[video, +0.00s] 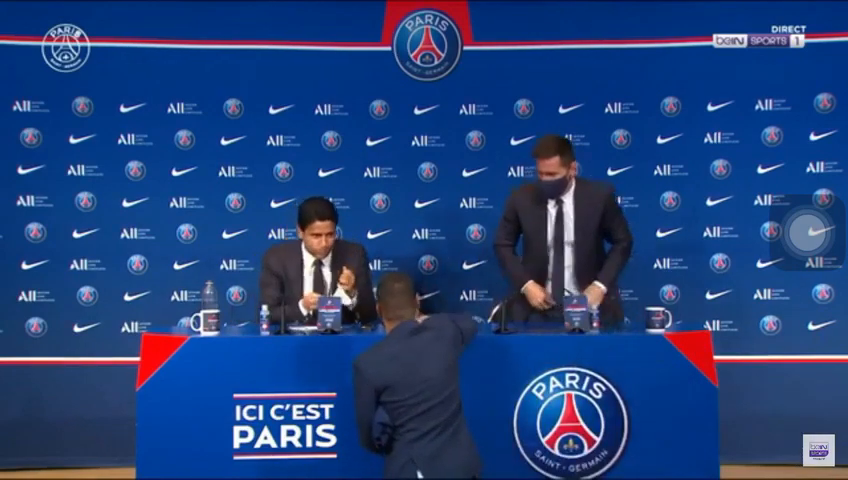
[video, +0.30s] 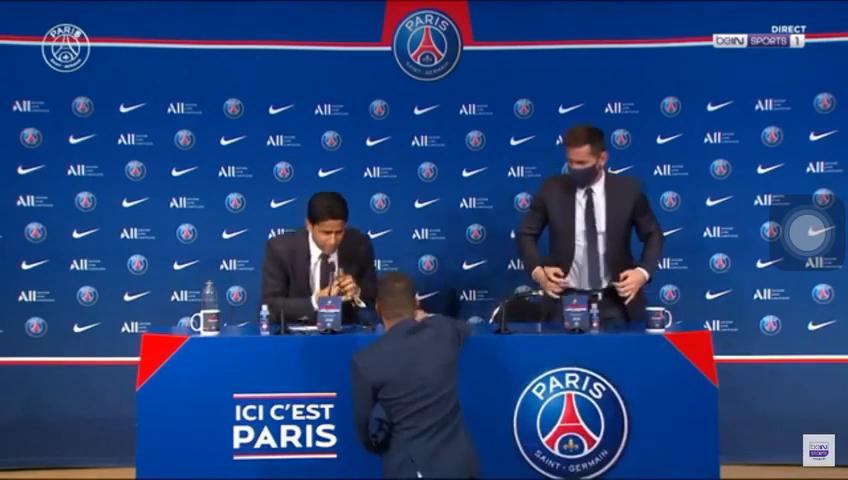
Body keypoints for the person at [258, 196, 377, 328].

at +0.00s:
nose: (324, 243)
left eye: (329, 235)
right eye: (316, 236)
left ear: (336, 231)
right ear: (300, 232)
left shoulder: (353, 254)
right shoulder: (277, 257)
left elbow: (369, 316)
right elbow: (269, 314)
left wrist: (351, 294)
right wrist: (302, 308)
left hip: (343, 344)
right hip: (295, 345)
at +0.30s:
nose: (333, 241)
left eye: (338, 232)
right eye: (326, 233)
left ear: (345, 226)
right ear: (309, 226)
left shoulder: (359, 244)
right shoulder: (280, 249)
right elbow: (271, 307)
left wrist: (357, 294)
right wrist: (316, 302)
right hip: (297, 340)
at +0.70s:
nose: (339, 214)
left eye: (345, 207)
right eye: (332, 206)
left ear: (352, 199)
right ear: (316, 197)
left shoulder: (363, 214)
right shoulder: (283, 216)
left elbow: (370, 252)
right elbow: (265, 265)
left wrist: (366, 274)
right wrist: (305, 290)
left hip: (342, 314)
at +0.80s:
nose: (339, 211)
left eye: (345, 203)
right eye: (333, 203)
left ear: (352, 196)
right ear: (316, 194)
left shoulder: (361, 209)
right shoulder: (283, 212)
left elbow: (368, 251)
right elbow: (265, 262)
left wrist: (362, 282)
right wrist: (301, 289)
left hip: (339, 310)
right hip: (291, 312)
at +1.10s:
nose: (339, 204)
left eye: (345, 196)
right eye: (332, 197)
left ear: (351, 188)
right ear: (315, 186)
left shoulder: (360, 204)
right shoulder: (280, 203)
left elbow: (359, 255)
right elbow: (262, 255)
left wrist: (347, 297)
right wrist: (291, 289)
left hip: (331, 292)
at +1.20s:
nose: (338, 201)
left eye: (344, 194)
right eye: (332, 194)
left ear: (350, 186)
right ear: (314, 183)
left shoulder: (357, 203)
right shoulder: (277, 202)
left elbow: (358, 255)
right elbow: (260, 254)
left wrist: (346, 299)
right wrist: (289, 289)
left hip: (330, 292)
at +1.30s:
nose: (337, 200)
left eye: (343, 192)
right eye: (331, 192)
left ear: (349, 184)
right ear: (313, 182)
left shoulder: (355, 202)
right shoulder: (276, 201)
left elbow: (357, 258)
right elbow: (259, 256)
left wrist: (346, 305)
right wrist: (285, 294)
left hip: (327, 289)